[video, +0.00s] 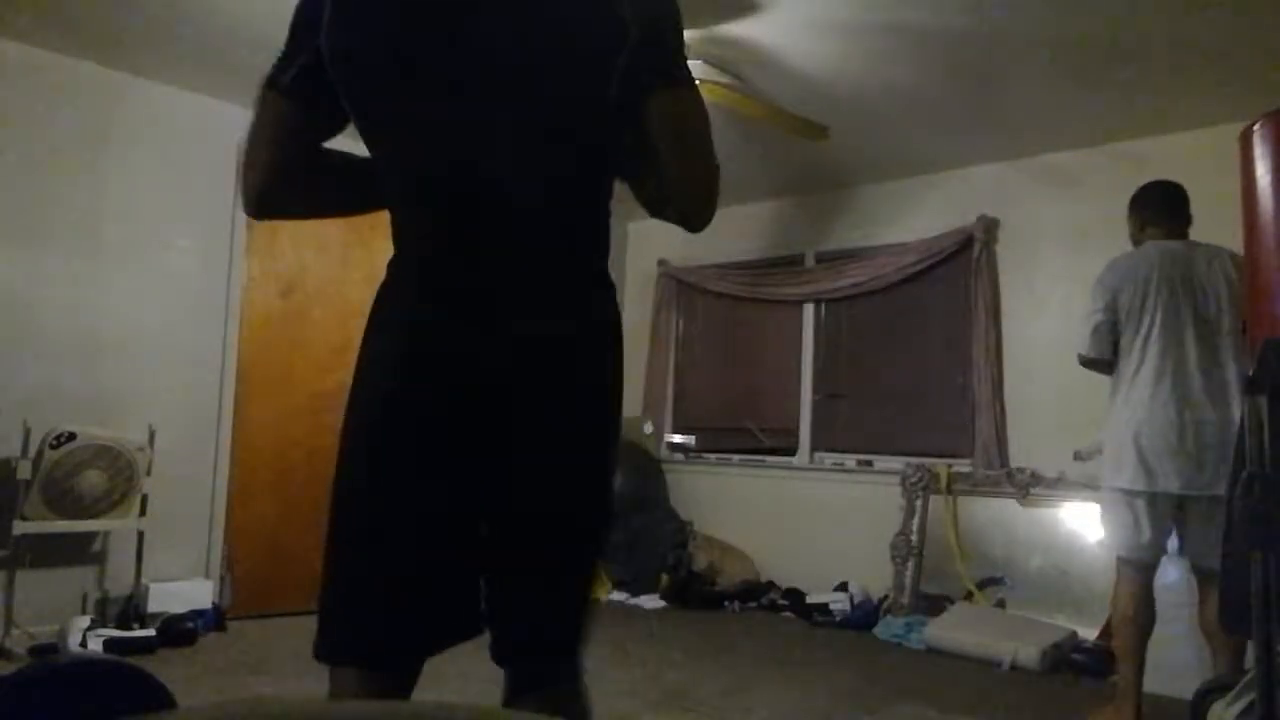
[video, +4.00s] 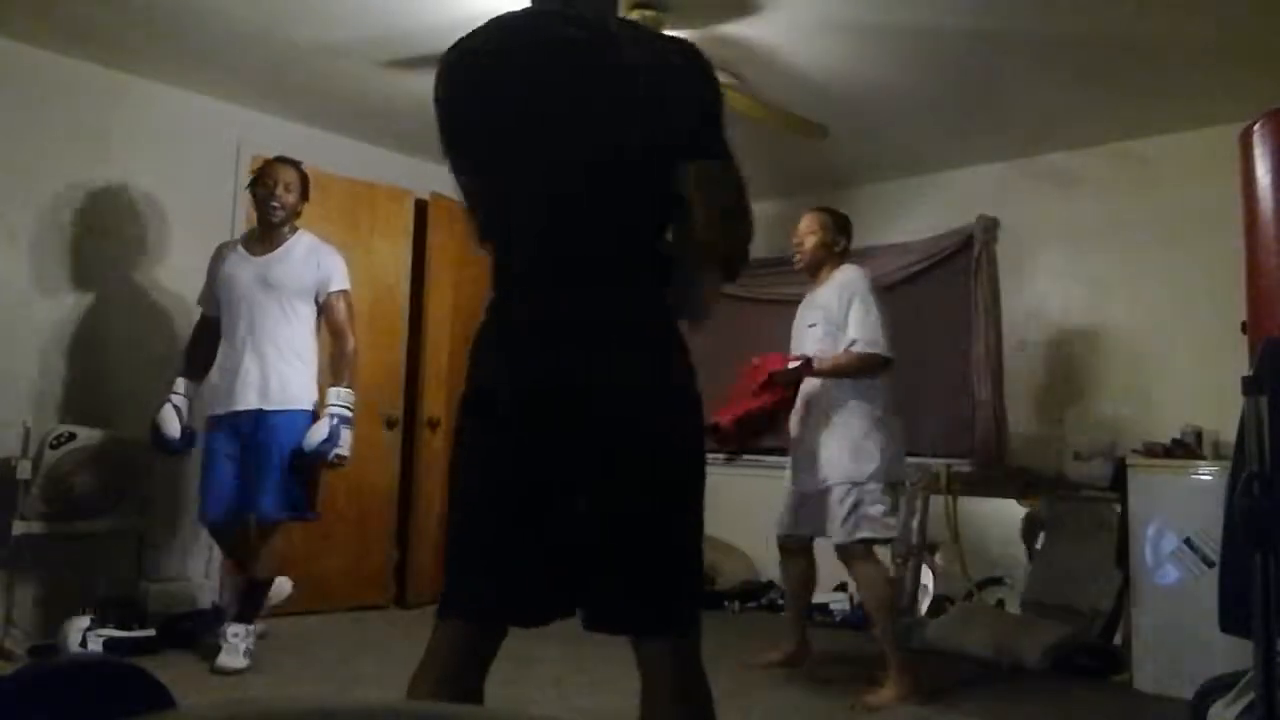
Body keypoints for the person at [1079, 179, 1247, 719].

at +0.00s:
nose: (1132, 235)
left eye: (1131, 227)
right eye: (1136, 229)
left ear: (1137, 226)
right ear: (1188, 222)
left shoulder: (1122, 270)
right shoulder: (1230, 267)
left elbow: (1095, 352)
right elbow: (1247, 347)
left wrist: (1147, 368)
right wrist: (1201, 366)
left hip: (1139, 448)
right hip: (1217, 450)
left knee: (1132, 576)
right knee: (1216, 579)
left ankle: (1127, 703)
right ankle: (1231, 697)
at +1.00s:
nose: (1081, 225)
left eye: (1090, 215)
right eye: (1086, 214)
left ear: (1114, 222)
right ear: (1140, 227)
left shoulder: (1104, 271)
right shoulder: (1178, 279)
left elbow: (1096, 348)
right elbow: (1201, 360)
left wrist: (1057, 397)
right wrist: (1149, 392)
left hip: (1112, 453)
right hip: (1170, 454)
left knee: (1106, 565)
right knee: (1150, 566)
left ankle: (1123, 697)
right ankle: (1167, 690)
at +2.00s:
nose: (1007, 221)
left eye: (1018, 212)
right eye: (1011, 213)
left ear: (1048, 225)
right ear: (1049, 227)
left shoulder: (1056, 269)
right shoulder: (1039, 272)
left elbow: (1067, 350)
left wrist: (1014, 411)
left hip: (1055, 448)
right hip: (1033, 445)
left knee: (1049, 559)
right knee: (1009, 547)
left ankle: (1084, 691)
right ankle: (1058, 656)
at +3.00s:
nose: (908, 215)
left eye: (920, 208)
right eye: (907, 208)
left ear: (946, 221)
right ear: (908, 223)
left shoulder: (969, 267)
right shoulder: (902, 282)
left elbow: (1010, 336)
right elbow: (911, 351)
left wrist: (950, 358)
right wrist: (885, 359)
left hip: (961, 432)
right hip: (910, 432)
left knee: (955, 538)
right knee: (896, 525)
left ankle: (994, 667)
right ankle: (930, 638)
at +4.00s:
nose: (794, 244)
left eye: (804, 236)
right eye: (795, 237)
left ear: (834, 242)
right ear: (810, 245)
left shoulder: (853, 280)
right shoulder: (811, 297)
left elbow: (875, 354)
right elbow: (811, 367)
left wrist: (807, 365)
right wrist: (772, 378)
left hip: (854, 448)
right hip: (814, 449)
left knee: (854, 548)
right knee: (792, 541)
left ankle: (897, 674)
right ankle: (796, 644)